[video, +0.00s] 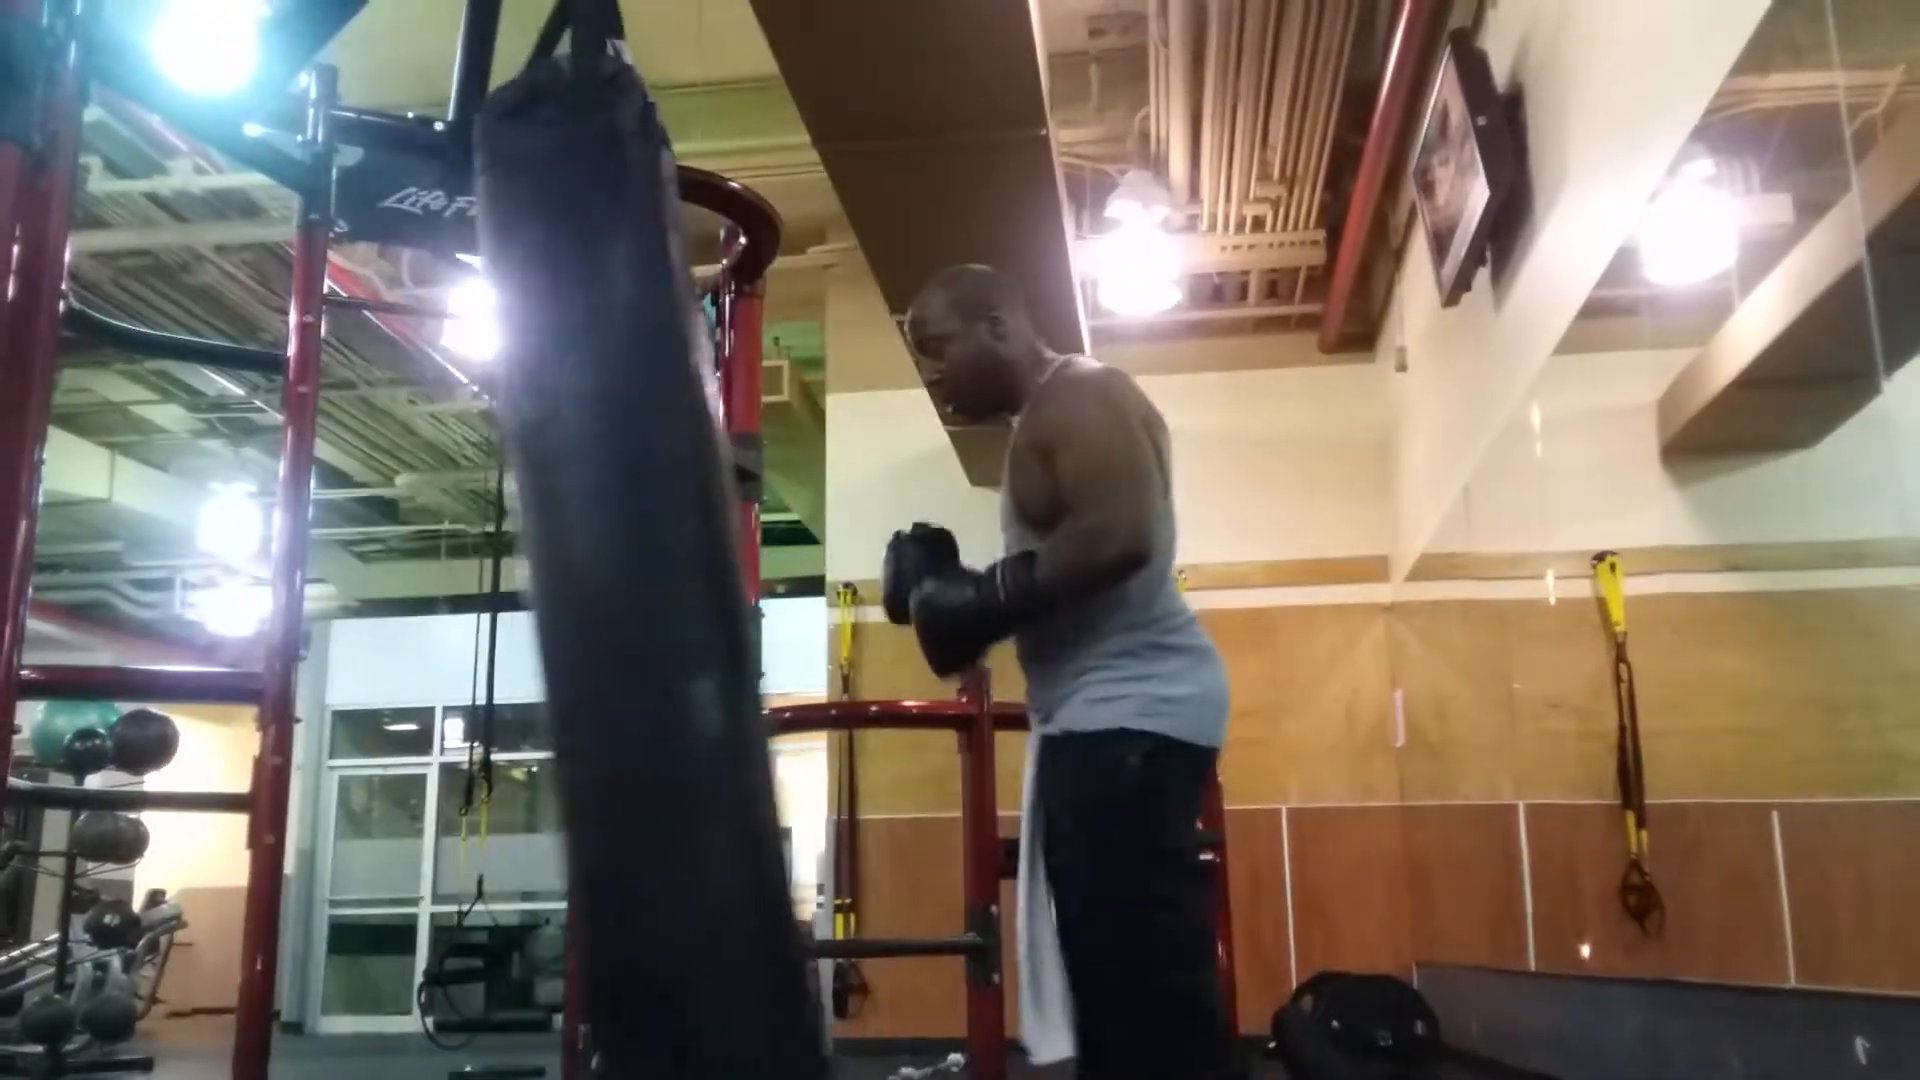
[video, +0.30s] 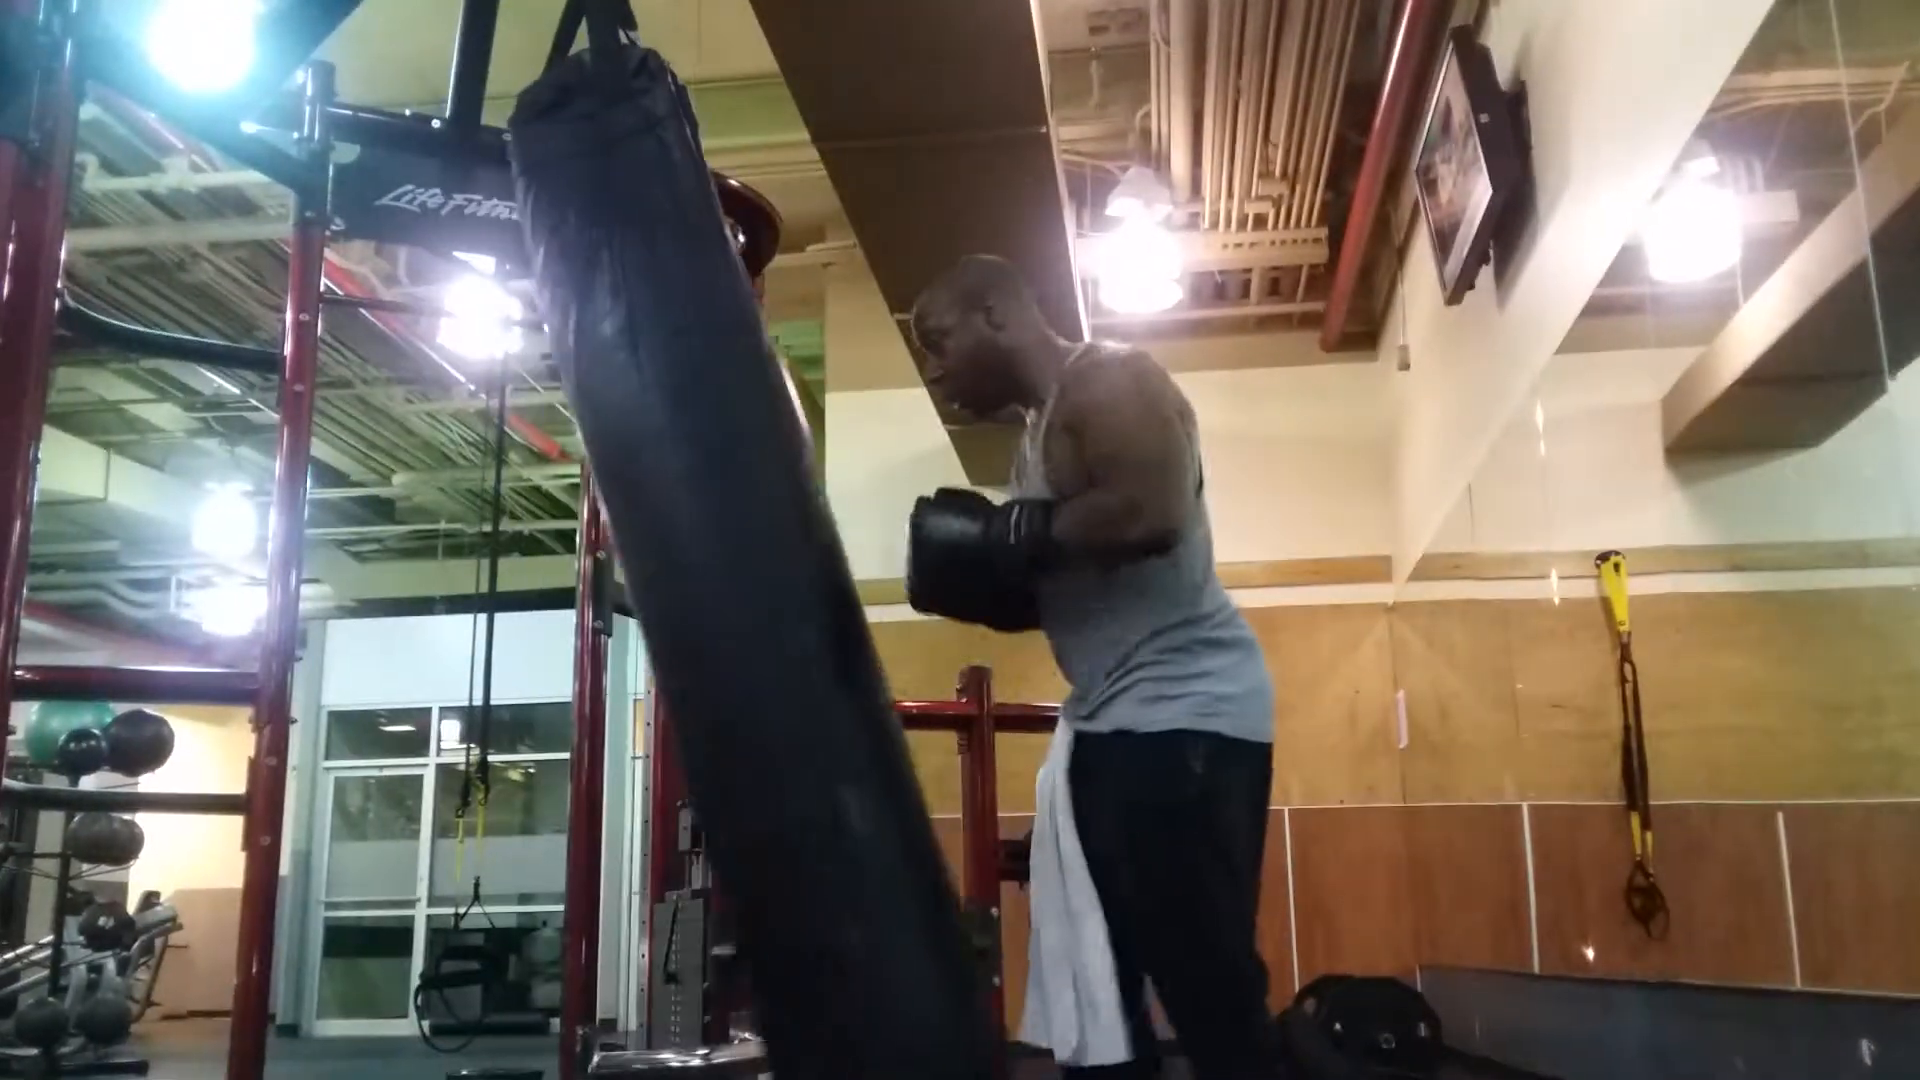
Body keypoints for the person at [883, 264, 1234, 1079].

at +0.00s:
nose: (930, 378)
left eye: (935, 350)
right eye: (922, 359)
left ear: (999, 327)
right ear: (1003, 335)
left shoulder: (1080, 396)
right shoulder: (1053, 415)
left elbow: (1117, 533)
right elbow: (1068, 556)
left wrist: (987, 599)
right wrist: (967, 587)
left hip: (1128, 712)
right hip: (1098, 713)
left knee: (1130, 989)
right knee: (1119, 983)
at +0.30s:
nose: (931, 376)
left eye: (934, 346)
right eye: (922, 355)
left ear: (994, 318)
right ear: (994, 325)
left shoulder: (1110, 376)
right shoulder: (1038, 438)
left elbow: (1147, 511)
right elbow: (1074, 594)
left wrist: (1008, 538)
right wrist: (983, 579)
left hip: (1180, 711)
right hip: (1107, 719)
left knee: (1206, 998)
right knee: (1091, 995)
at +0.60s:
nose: (894, 434)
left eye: (896, 410)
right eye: (887, 418)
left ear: (952, 379)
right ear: (953, 386)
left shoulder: (1036, 414)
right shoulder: (998, 473)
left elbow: (1070, 515)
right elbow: (1061, 646)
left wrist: (951, 541)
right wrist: (963, 637)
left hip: (1118, 735)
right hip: (1077, 738)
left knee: (1116, 999)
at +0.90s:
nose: (861, 411)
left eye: (867, 385)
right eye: (854, 393)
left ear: (926, 360)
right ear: (926, 368)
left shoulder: (1037, 416)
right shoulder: (962, 489)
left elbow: (1041, 566)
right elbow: (977, 653)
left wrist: (928, 535)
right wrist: (847, 646)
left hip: (1083, 724)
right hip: (1028, 730)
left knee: (1019, 1003)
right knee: (1005, 1002)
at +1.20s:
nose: (807, 401)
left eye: (809, 374)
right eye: (802, 381)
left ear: (868, 352)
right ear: (876, 355)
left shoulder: (983, 418)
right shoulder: (934, 461)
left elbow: (989, 605)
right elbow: (961, 630)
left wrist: (864, 562)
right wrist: (842, 662)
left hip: (1056, 722)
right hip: (1016, 720)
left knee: (931, 946)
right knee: (975, 960)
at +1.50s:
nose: (808, 354)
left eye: (806, 323)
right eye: (800, 331)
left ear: (858, 290)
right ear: (890, 284)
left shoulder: (901, 337)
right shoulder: (1025, 356)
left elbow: (881, 519)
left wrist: (805, 490)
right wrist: (819, 503)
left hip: (1015, 689)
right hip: (1111, 682)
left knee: (927, 965)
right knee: (1080, 951)